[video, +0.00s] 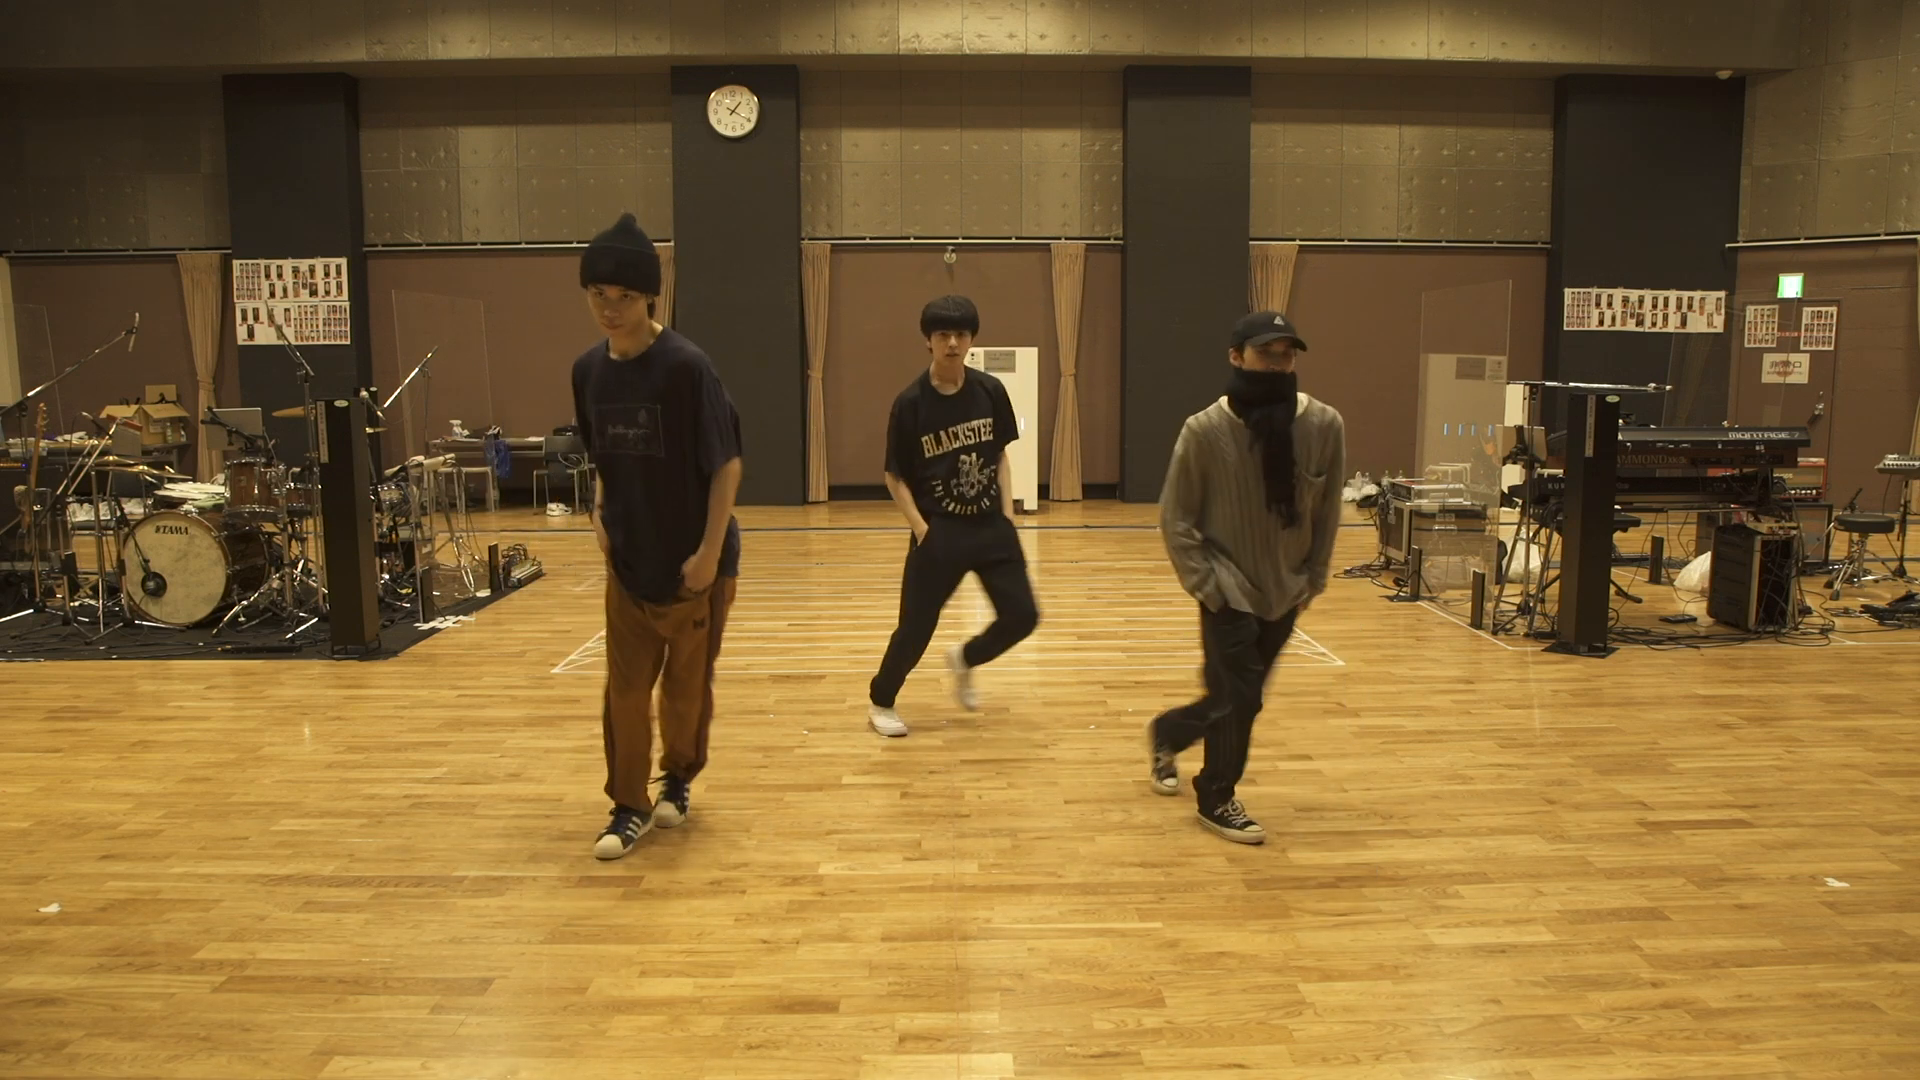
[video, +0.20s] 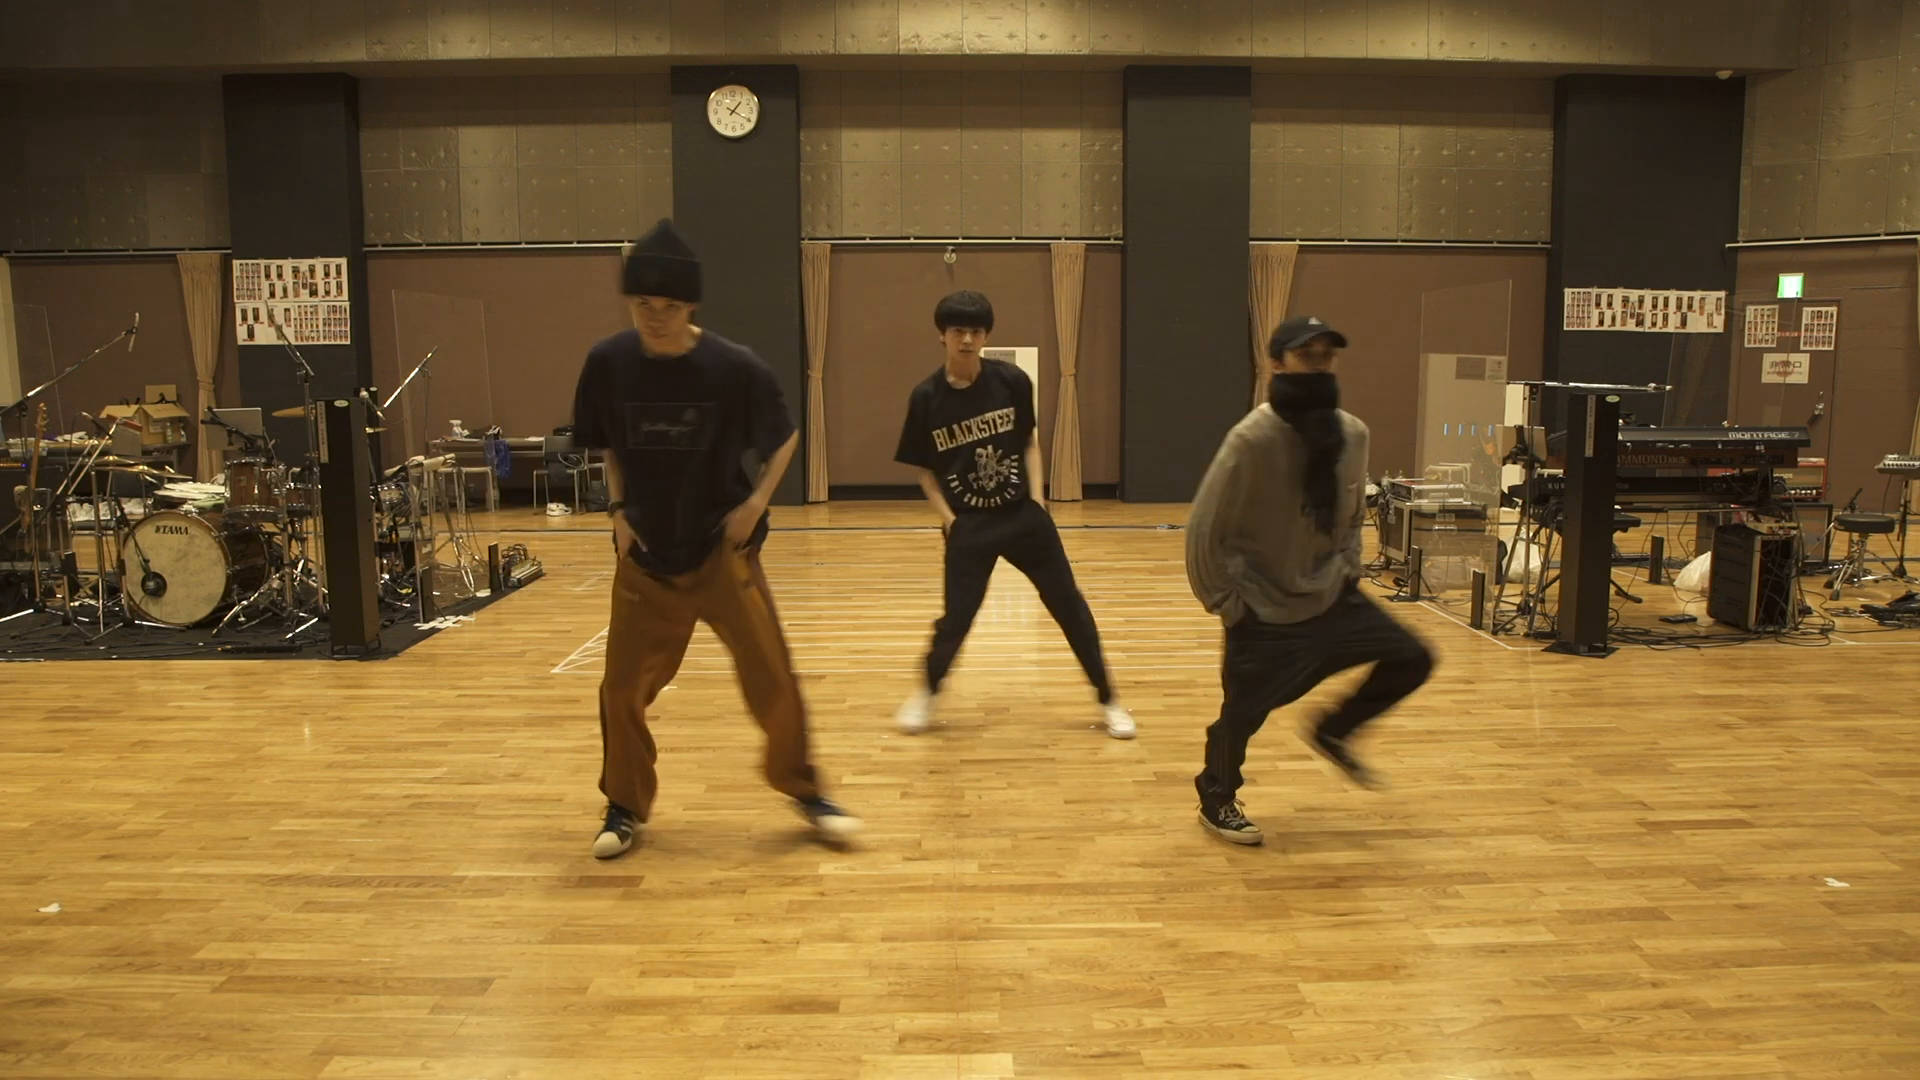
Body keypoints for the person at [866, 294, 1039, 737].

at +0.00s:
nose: (952, 345)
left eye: (960, 336)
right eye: (943, 336)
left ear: (971, 341)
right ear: (928, 342)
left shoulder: (990, 390)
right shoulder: (910, 405)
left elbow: (1000, 455)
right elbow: (895, 476)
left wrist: (1007, 515)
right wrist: (922, 530)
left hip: (991, 530)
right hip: (939, 534)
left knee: (1023, 618)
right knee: (915, 632)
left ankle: (964, 659)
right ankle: (882, 703)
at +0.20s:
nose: (966, 340)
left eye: (974, 332)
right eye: (957, 331)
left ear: (986, 337)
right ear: (941, 337)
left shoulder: (1013, 381)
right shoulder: (926, 398)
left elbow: (1029, 442)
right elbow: (924, 468)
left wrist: (1036, 499)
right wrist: (949, 517)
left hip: (1024, 517)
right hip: (970, 526)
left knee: (1069, 604)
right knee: (958, 619)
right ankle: (925, 694)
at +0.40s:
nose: (1009, 357)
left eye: (1017, 348)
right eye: (999, 349)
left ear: (1027, 352)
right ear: (980, 352)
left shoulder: (1042, 410)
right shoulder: (953, 405)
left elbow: (1052, 474)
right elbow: (938, 470)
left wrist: (1051, 523)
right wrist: (958, 528)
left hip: (1033, 537)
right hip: (977, 541)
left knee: (1078, 617)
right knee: (939, 631)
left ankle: (1119, 707)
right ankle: (991, 684)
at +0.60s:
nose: (972, 358)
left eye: (981, 350)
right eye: (964, 349)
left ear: (992, 353)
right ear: (948, 351)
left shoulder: (1004, 402)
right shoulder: (923, 398)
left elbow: (1012, 470)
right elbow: (910, 456)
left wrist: (993, 532)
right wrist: (911, 508)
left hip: (980, 541)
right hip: (926, 536)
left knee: (1038, 620)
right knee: (866, 611)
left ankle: (1108, 700)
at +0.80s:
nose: (888, 353)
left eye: (898, 345)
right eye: (881, 345)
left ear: (915, 344)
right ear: (870, 343)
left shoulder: (918, 400)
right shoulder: (876, 378)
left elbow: (934, 472)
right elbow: (865, 444)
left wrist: (900, 528)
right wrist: (839, 488)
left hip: (889, 527)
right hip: (843, 517)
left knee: (948, 611)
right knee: (808, 612)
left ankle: (1024, 691)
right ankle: (804, 707)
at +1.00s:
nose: (844, 344)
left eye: (853, 335)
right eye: (837, 335)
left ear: (871, 334)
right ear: (826, 334)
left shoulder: (880, 390)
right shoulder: (829, 373)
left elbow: (895, 461)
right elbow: (816, 435)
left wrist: (860, 516)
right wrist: (787, 472)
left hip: (841, 519)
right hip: (794, 508)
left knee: (887, 606)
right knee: (783, 607)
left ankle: (953, 690)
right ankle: (801, 704)